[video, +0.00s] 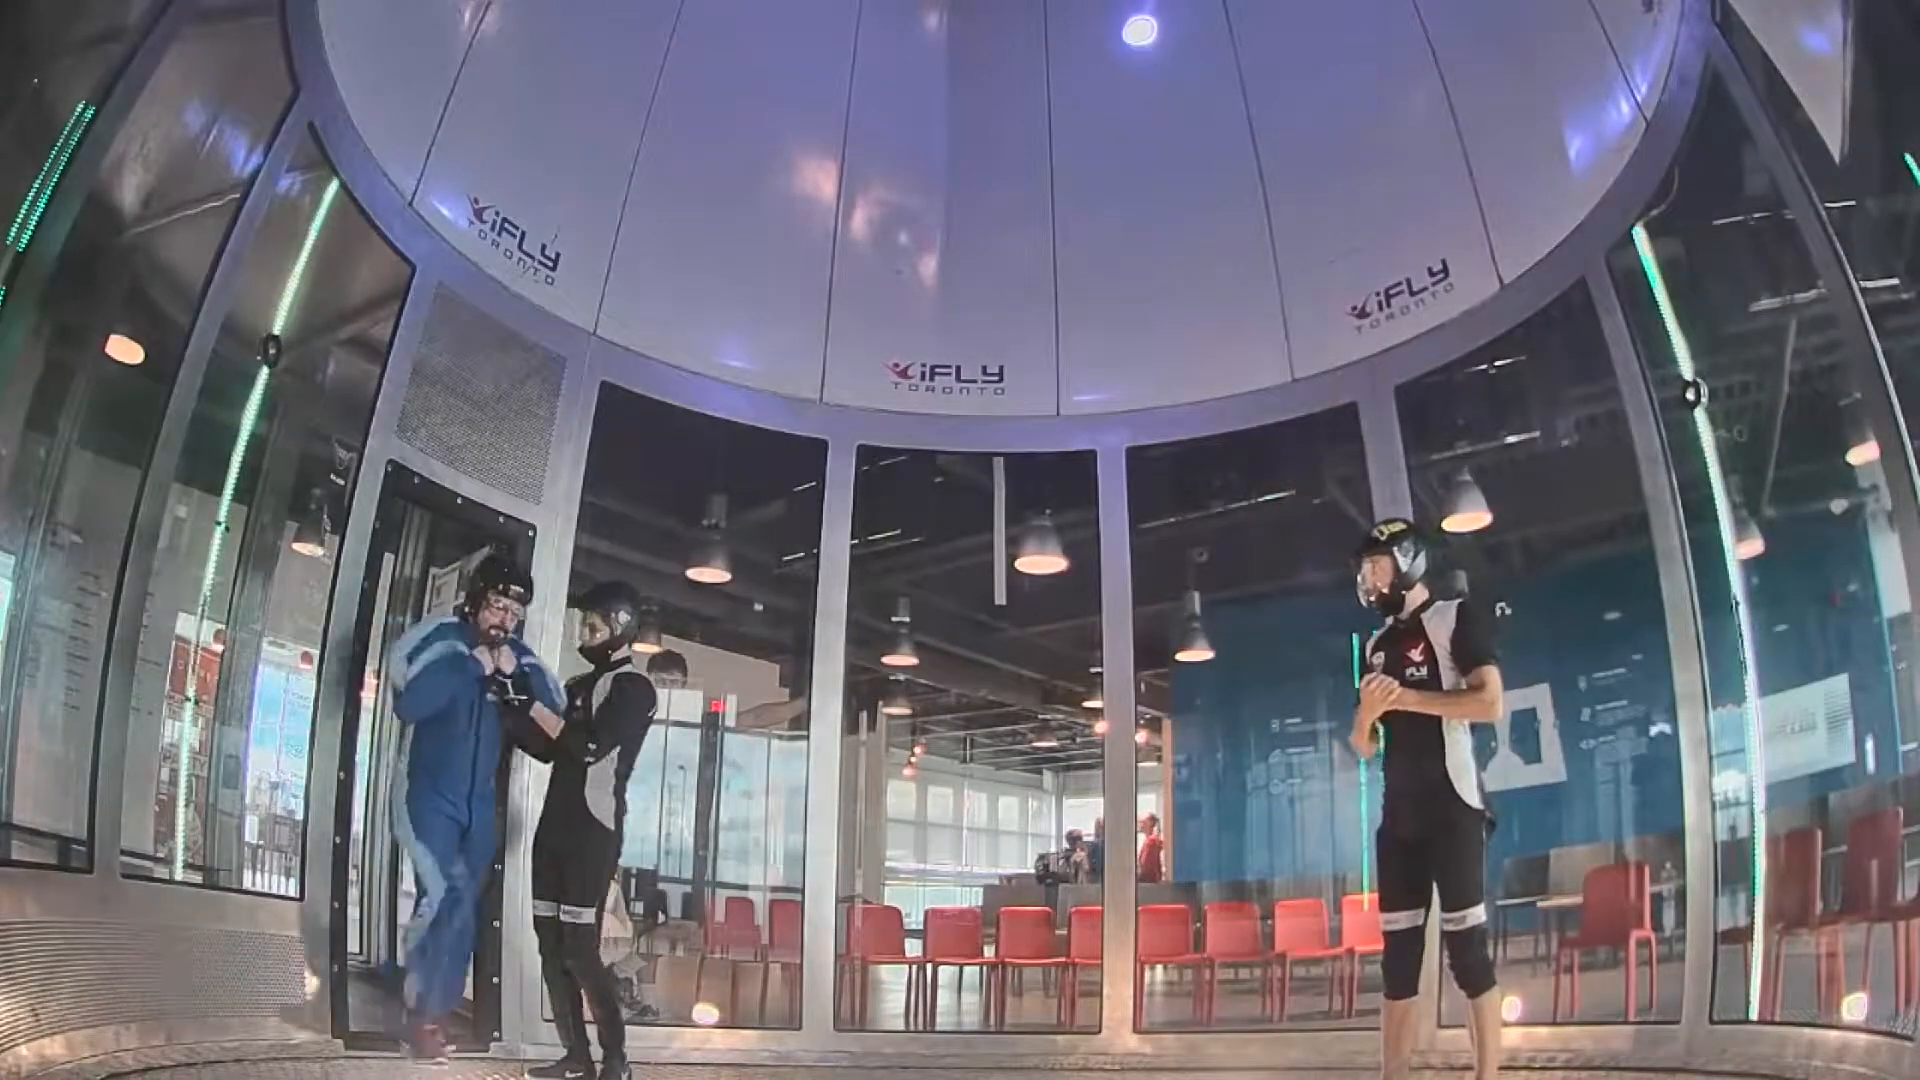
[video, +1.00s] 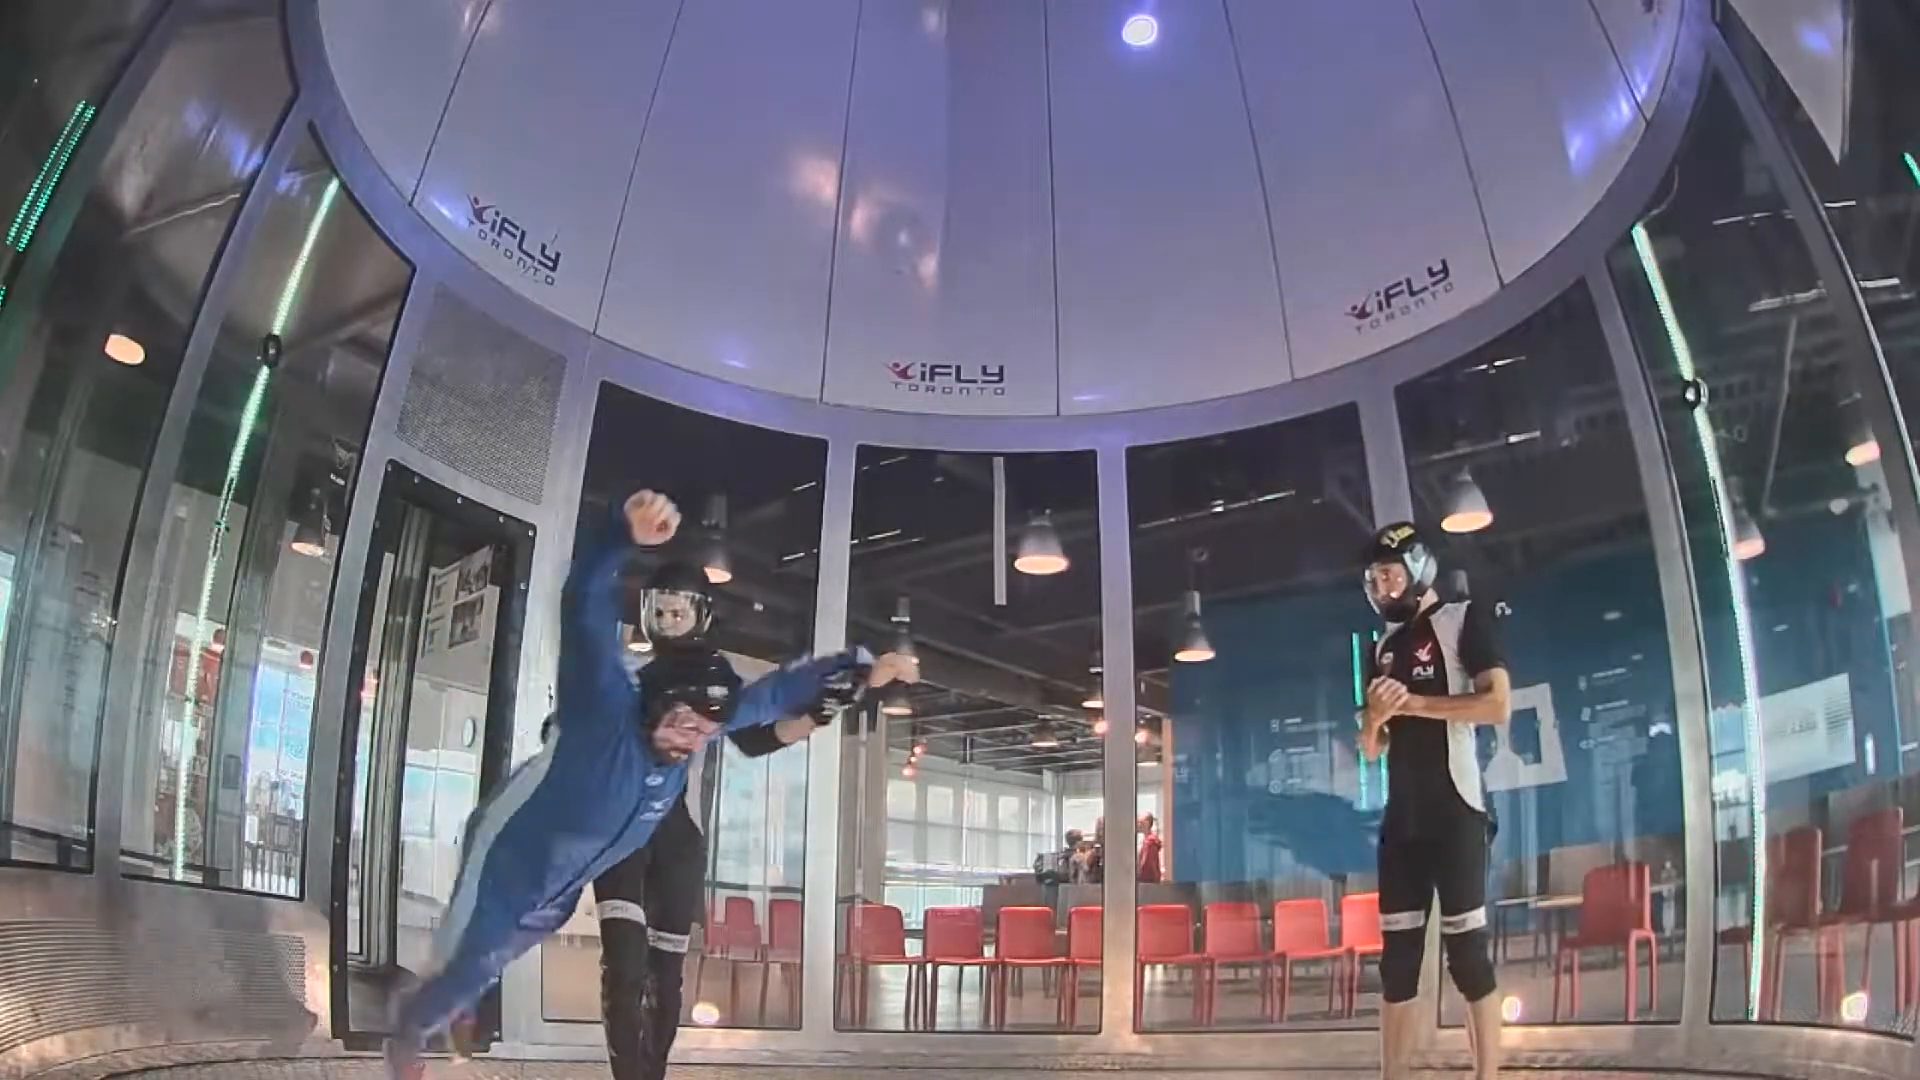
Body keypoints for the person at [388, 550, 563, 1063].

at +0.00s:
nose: (503, 619)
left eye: (513, 611)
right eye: (496, 606)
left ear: (521, 615)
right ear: (473, 603)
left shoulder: (518, 656)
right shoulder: (443, 641)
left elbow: (555, 713)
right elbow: (408, 705)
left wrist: (513, 672)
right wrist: (470, 661)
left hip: (484, 798)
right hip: (432, 792)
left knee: (464, 900)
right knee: (449, 890)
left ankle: (436, 1016)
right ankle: (423, 1013)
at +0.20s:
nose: (523, 624)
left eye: (533, 616)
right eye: (515, 611)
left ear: (538, 622)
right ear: (492, 606)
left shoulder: (530, 665)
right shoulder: (454, 649)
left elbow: (573, 723)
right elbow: (438, 719)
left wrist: (539, 692)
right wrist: (493, 674)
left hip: (495, 811)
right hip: (442, 803)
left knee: (471, 920)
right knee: (445, 910)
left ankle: (425, 1025)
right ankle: (403, 1034)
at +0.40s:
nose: (558, 657)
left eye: (569, 649)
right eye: (550, 642)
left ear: (577, 653)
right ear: (525, 635)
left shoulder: (567, 691)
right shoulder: (492, 676)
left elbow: (622, 735)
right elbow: (452, 726)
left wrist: (596, 731)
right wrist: (539, 715)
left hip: (504, 833)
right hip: (447, 823)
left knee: (487, 951)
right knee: (449, 935)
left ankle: (427, 1012)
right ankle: (401, 1051)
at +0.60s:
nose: (600, 683)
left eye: (605, 674)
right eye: (592, 668)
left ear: (606, 676)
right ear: (559, 660)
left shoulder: (586, 711)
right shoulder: (508, 690)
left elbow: (634, 722)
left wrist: (690, 733)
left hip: (520, 861)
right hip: (460, 846)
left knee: (495, 974)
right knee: (471, 968)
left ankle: (422, 1034)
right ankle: (405, 1032)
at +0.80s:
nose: (618, 722)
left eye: (630, 714)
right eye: (609, 707)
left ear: (640, 719)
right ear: (583, 698)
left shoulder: (629, 744)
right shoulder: (540, 721)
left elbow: (700, 722)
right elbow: (508, 645)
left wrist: (768, 705)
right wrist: (574, 617)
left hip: (535, 899)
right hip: (477, 876)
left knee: (488, 1014)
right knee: (478, 1008)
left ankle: (420, 1044)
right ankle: (407, 1037)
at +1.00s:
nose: (694, 738)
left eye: (706, 728)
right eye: (686, 719)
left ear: (714, 726)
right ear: (656, 699)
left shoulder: (696, 735)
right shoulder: (604, 704)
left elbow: (774, 697)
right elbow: (587, 612)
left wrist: (859, 668)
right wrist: (622, 536)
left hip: (558, 891)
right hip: (502, 862)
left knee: (484, 970)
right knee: (461, 970)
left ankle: (419, 1025)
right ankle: (407, 1034)